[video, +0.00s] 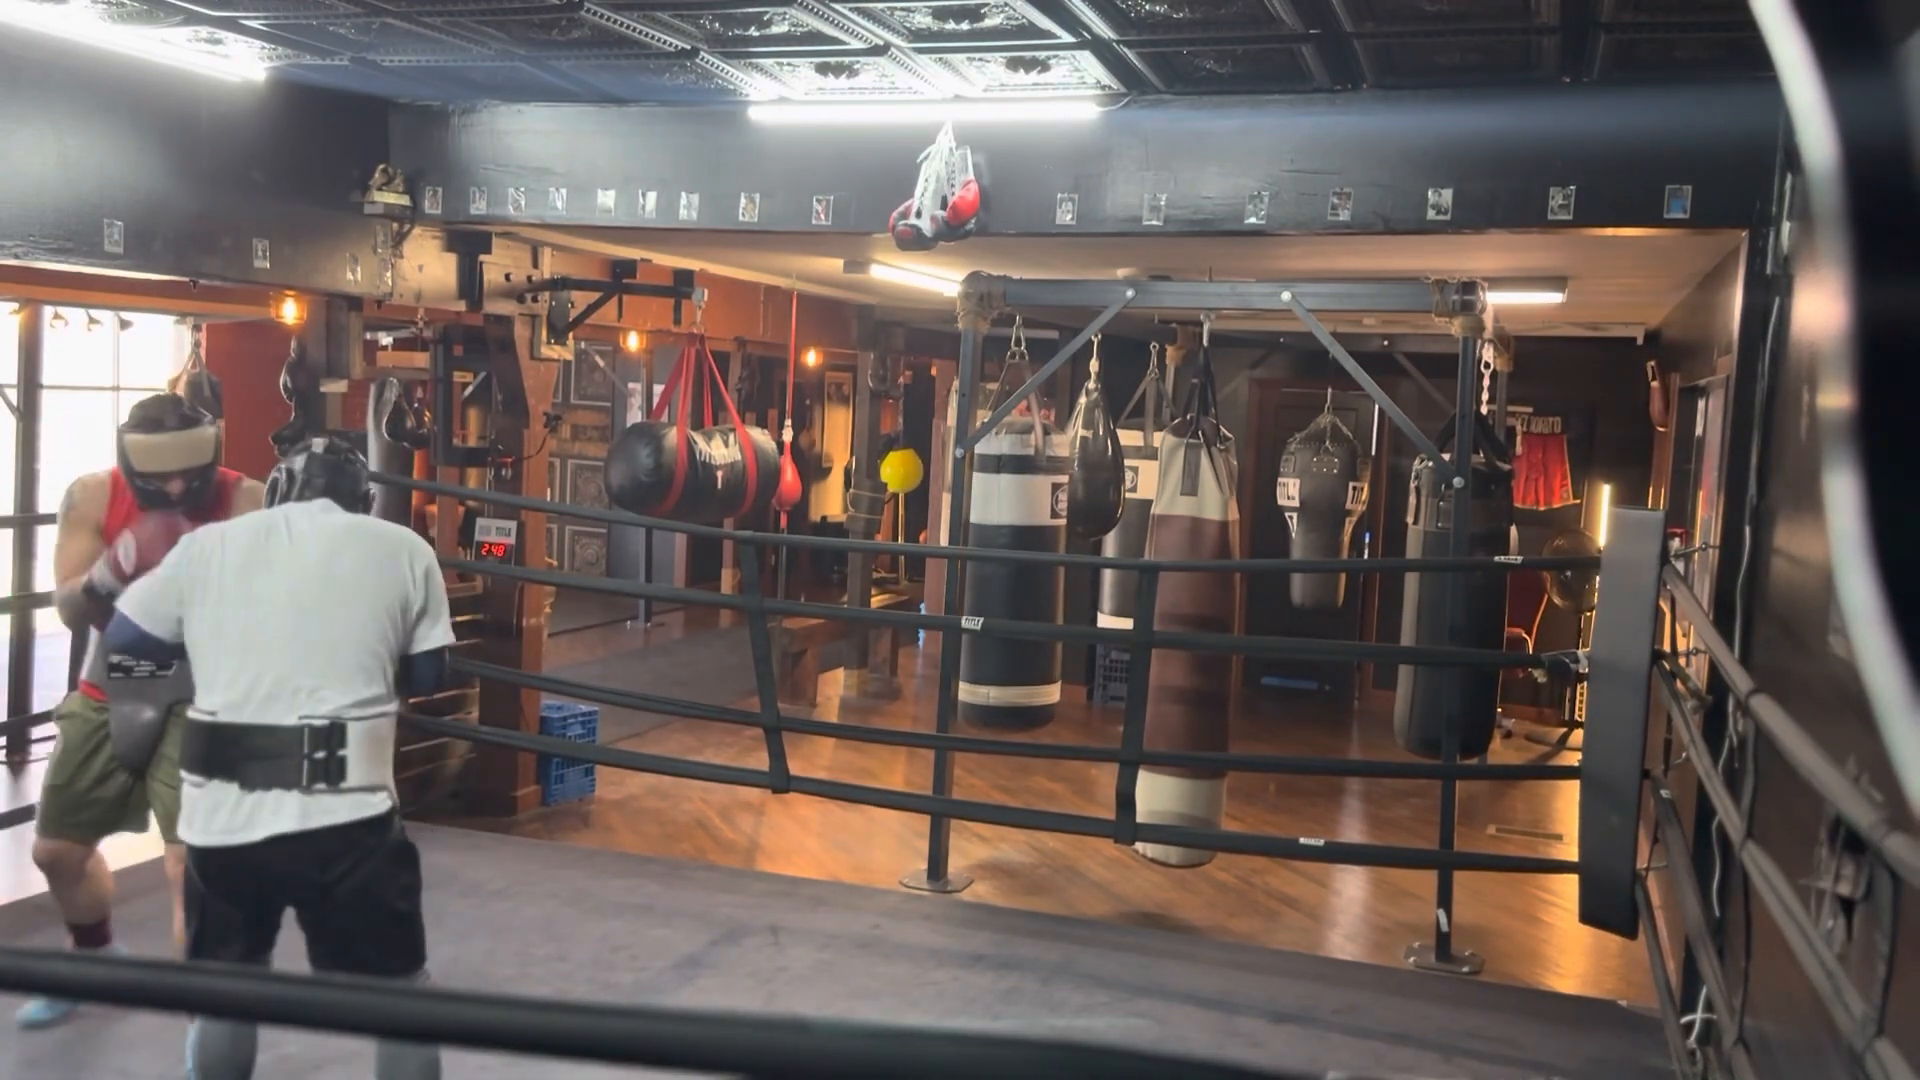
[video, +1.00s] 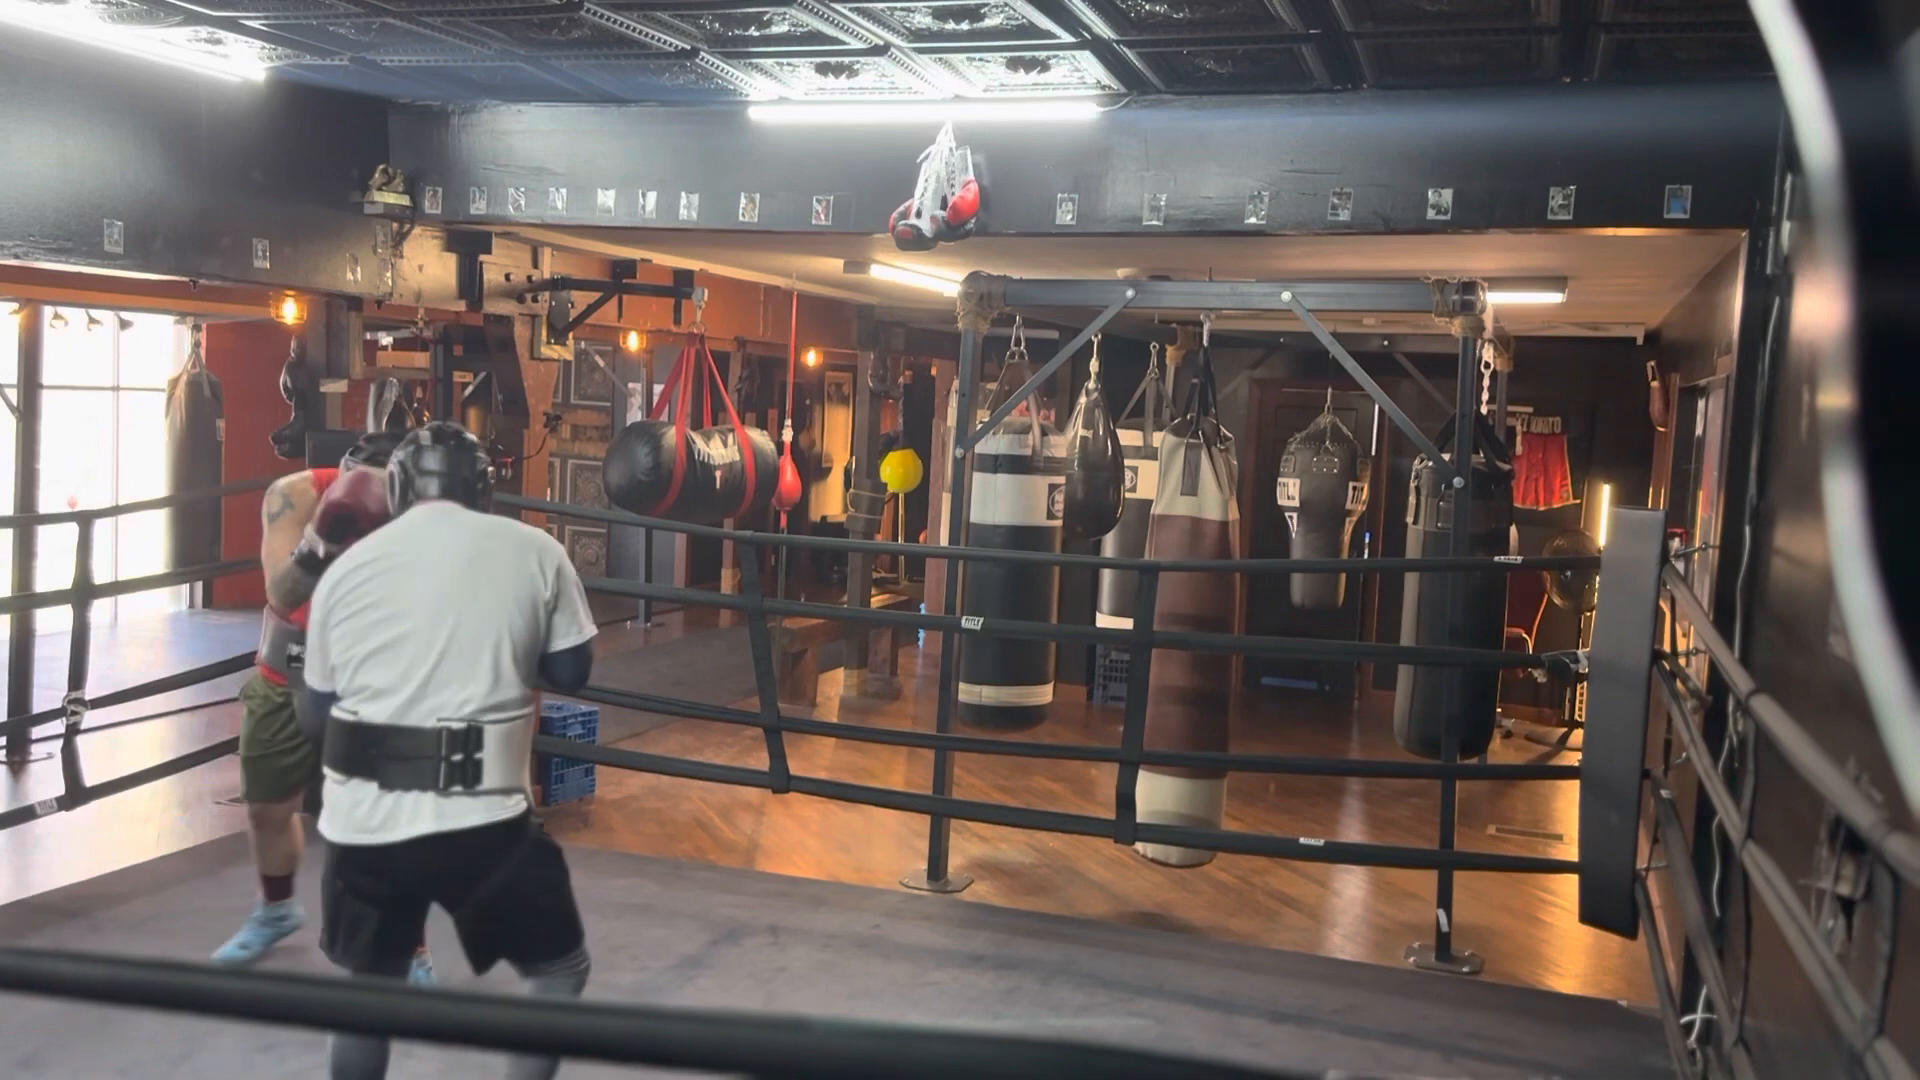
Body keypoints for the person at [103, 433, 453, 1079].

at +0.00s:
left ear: (278, 489)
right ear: (364, 496)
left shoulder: (210, 546)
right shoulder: (405, 549)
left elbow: (125, 637)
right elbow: (426, 681)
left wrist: (218, 633)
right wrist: (351, 648)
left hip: (222, 824)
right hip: (348, 824)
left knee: (222, 1000)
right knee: (401, 1010)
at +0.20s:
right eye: (404, 485)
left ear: (309, 474)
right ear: (394, 488)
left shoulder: (238, 531)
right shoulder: (429, 560)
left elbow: (149, 605)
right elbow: (439, 696)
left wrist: (242, 631)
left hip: (237, 824)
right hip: (362, 826)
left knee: (227, 1004)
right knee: (422, 1017)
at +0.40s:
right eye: (459, 490)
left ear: (368, 484)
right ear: (456, 498)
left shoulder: (283, 551)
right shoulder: (490, 577)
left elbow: (199, 658)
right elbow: (490, 671)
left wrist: (294, 641)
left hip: (285, 848)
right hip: (413, 856)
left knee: (255, 1015)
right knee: (418, 1046)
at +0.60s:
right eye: (489, 481)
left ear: (401, 478)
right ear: (487, 485)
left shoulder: (322, 542)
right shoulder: (533, 570)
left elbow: (244, 661)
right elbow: (526, 684)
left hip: (321, 842)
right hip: (446, 853)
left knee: (309, 999)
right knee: (428, 1040)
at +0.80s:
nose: (382, 490)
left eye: (386, 480)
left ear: (393, 487)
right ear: (481, 492)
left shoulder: (331, 558)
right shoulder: (537, 570)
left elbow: (277, 681)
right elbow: (538, 706)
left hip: (347, 839)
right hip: (466, 844)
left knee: (350, 1011)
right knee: (471, 1030)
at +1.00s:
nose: (488, 490)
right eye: (484, 479)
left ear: (399, 489)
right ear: (481, 485)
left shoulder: (347, 569)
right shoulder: (533, 549)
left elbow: (313, 713)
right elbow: (570, 672)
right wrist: (500, 642)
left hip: (364, 828)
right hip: (484, 824)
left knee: (365, 993)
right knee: (559, 970)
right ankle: (526, 1076)